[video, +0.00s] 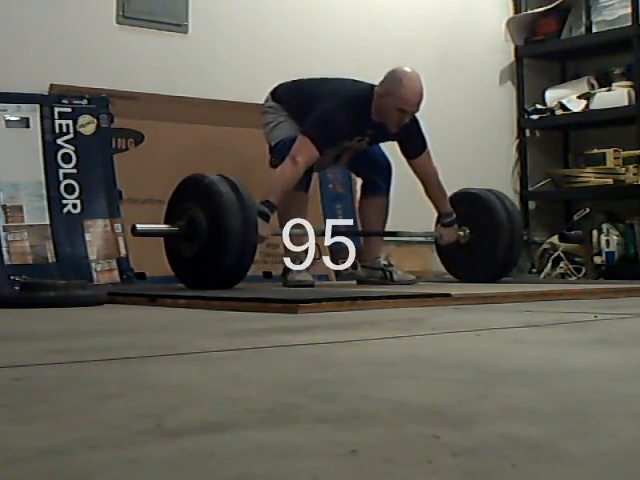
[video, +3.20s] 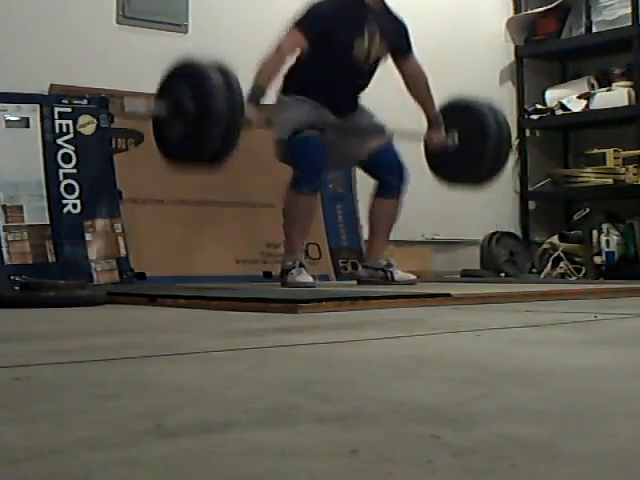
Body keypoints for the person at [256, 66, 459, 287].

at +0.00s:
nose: (405, 120)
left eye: (410, 114)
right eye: (401, 112)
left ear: (415, 108)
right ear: (380, 98)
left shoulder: (404, 121)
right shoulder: (340, 108)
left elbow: (426, 170)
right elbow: (297, 160)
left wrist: (447, 217)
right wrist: (265, 210)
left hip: (333, 127)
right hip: (284, 112)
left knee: (378, 168)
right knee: (297, 169)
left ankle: (372, 263)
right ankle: (296, 266)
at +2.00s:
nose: (405, 109)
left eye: (412, 103)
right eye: (401, 100)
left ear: (417, 100)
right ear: (380, 88)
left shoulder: (410, 127)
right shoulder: (342, 110)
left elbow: (432, 177)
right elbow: (295, 163)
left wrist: (448, 220)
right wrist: (259, 215)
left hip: (337, 151)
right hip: (286, 134)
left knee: (396, 174)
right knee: (298, 173)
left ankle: (374, 263)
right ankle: (293, 266)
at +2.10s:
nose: (404, 105)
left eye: (410, 98)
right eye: (399, 95)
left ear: (415, 97)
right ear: (377, 87)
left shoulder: (410, 128)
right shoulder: (340, 112)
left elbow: (433, 176)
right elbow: (293, 159)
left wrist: (450, 220)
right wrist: (261, 213)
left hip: (345, 180)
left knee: (403, 175)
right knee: (307, 171)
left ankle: (374, 263)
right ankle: (293, 266)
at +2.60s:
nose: (402, 66)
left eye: (404, 60)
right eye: (392, 58)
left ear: (405, 69)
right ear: (366, 68)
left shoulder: (401, 119)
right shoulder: (335, 103)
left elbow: (425, 166)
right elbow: (294, 153)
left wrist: (447, 211)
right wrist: (265, 206)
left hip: (355, 181)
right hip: (316, 177)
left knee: (409, 178)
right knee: (315, 171)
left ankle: (375, 262)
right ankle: (294, 264)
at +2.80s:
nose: (406, 43)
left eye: (409, 38)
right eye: (396, 36)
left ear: (412, 47)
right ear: (372, 44)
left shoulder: (402, 96)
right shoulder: (341, 78)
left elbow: (424, 141)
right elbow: (296, 127)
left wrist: (445, 188)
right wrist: (265, 176)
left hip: (350, 145)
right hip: (302, 138)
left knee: (396, 172)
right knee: (305, 157)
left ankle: (375, 262)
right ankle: (292, 263)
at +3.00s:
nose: (404, 7)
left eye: (406, 2)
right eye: (394, 1)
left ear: (408, 10)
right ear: (371, 6)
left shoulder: (399, 62)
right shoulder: (340, 44)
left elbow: (417, 106)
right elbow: (291, 89)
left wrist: (439, 154)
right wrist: (261, 134)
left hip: (341, 119)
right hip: (296, 112)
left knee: (380, 168)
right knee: (294, 159)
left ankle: (374, 262)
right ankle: (291, 263)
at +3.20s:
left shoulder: (392, 26)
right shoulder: (331, 10)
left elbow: (412, 73)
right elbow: (284, 50)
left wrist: (434, 121)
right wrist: (255, 97)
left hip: (348, 112)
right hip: (302, 104)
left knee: (392, 171)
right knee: (310, 162)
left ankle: (375, 262)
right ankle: (293, 264)